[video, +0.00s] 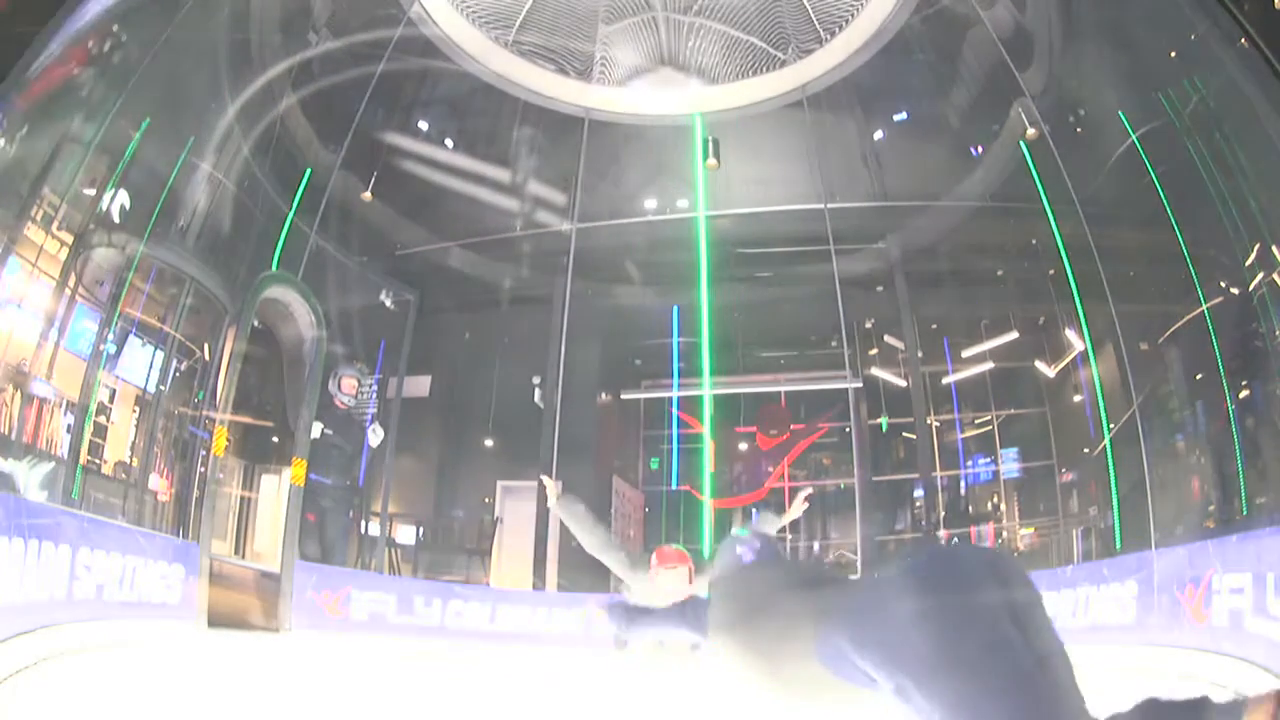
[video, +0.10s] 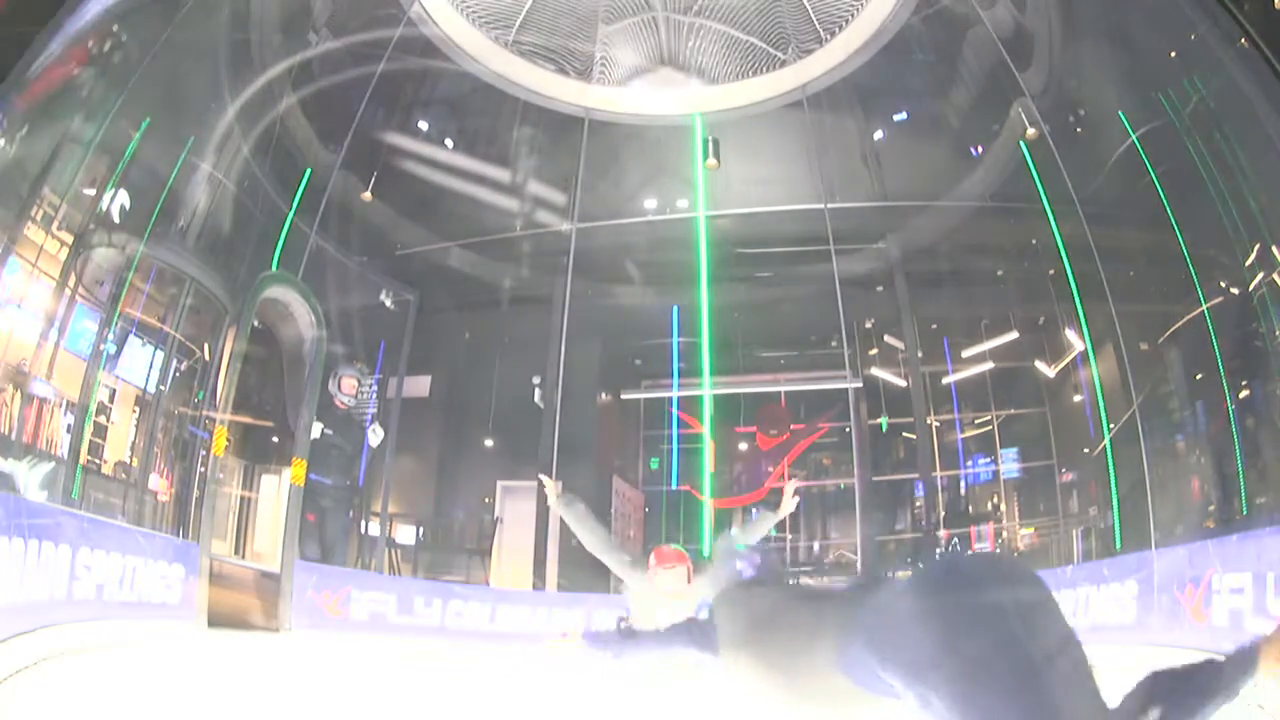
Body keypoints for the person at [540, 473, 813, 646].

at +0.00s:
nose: (678, 586)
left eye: (682, 579)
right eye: (671, 579)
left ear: (691, 576)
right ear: (654, 576)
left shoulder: (704, 587)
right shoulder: (635, 583)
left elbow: (740, 545)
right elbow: (597, 540)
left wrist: (784, 516)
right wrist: (560, 501)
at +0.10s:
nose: (671, 585)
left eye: (677, 577)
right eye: (664, 577)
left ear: (689, 574)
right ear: (651, 576)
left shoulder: (702, 592)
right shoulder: (636, 584)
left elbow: (734, 547)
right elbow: (599, 542)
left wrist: (777, 511)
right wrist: (562, 501)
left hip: (690, 657)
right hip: (641, 654)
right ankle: (584, 639)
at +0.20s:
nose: (672, 577)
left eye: (678, 569)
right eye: (664, 569)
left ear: (688, 571)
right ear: (651, 568)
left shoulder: (701, 588)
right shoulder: (636, 582)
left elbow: (733, 545)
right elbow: (599, 539)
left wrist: (774, 510)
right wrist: (561, 502)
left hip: (694, 668)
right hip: (645, 669)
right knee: (575, 664)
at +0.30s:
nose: (670, 577)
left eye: (677, 570)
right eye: (662, 569)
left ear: (688, 571)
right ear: (650, 569)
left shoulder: (704, 591)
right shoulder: (636, 581)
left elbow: (733, 542)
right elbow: (598, 541)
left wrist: (773, 513)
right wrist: (561, 503)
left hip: (694, 674)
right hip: (644, 675)